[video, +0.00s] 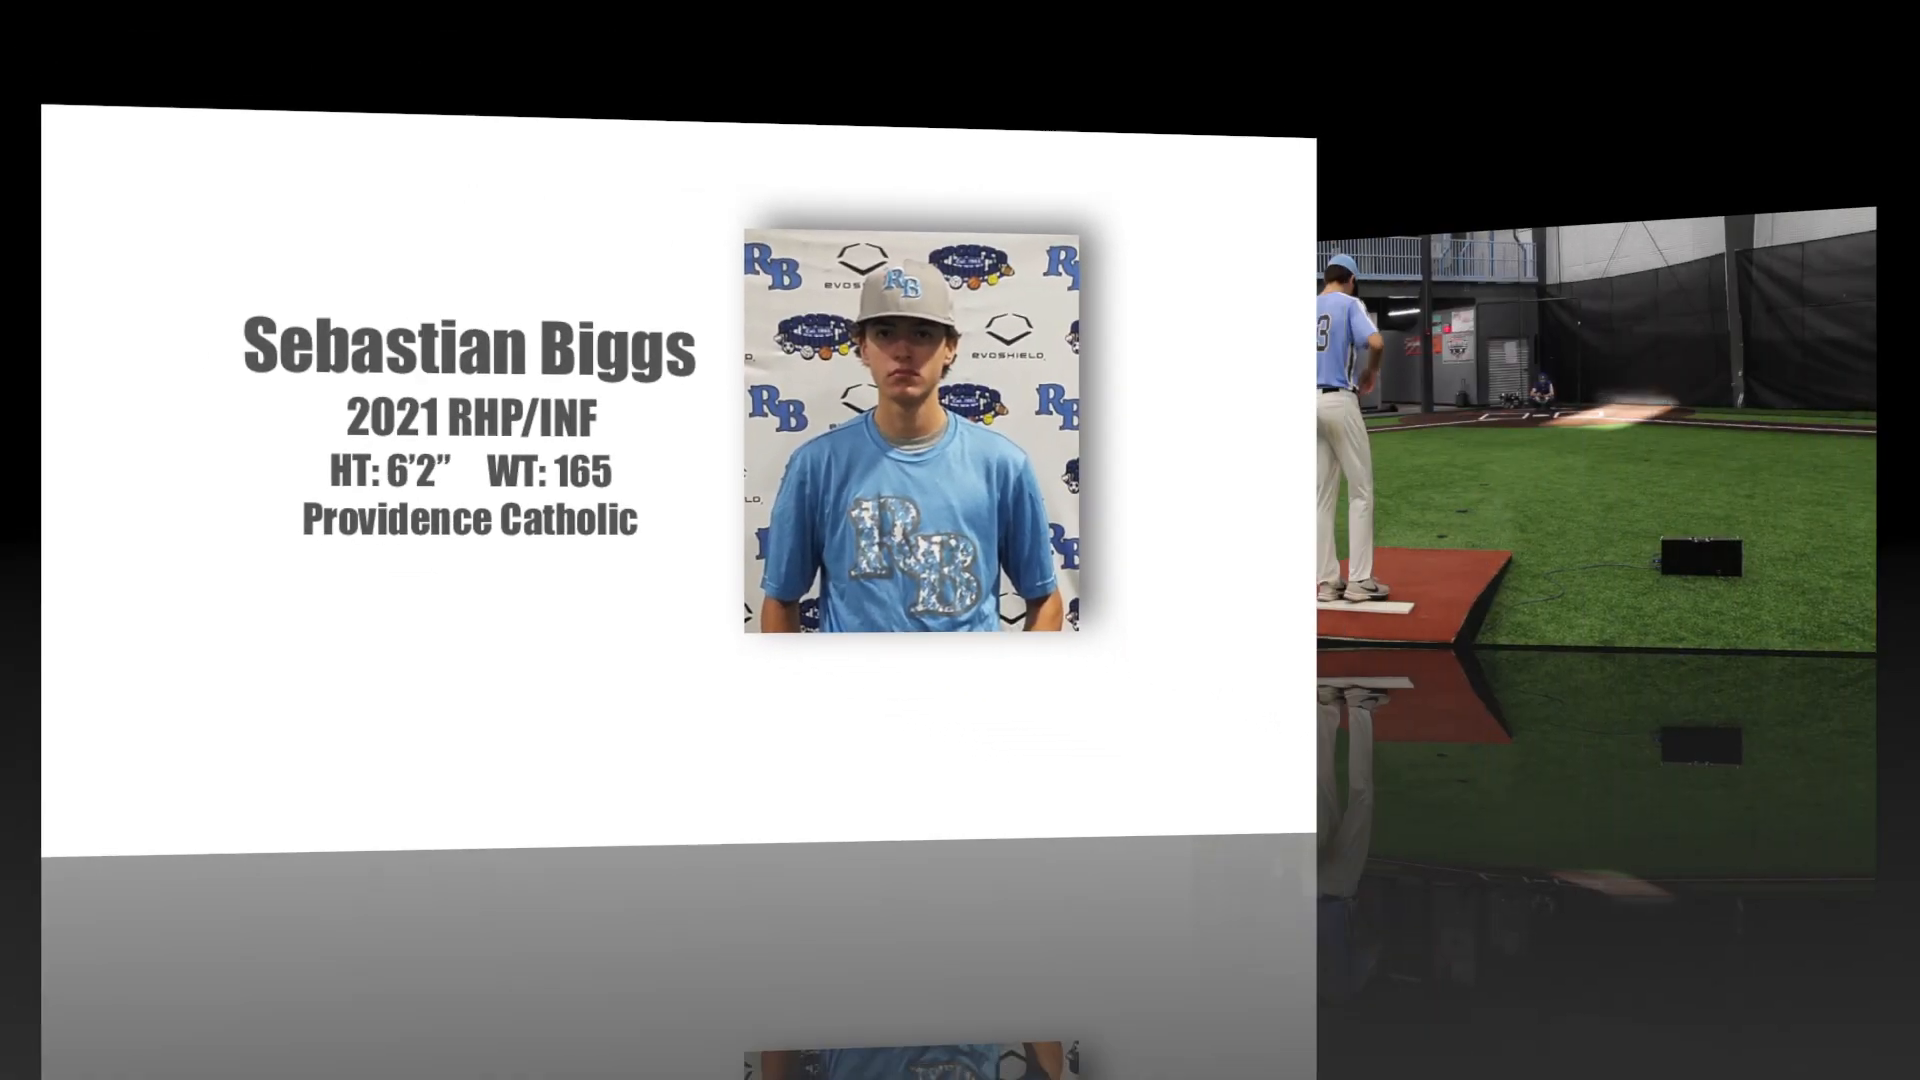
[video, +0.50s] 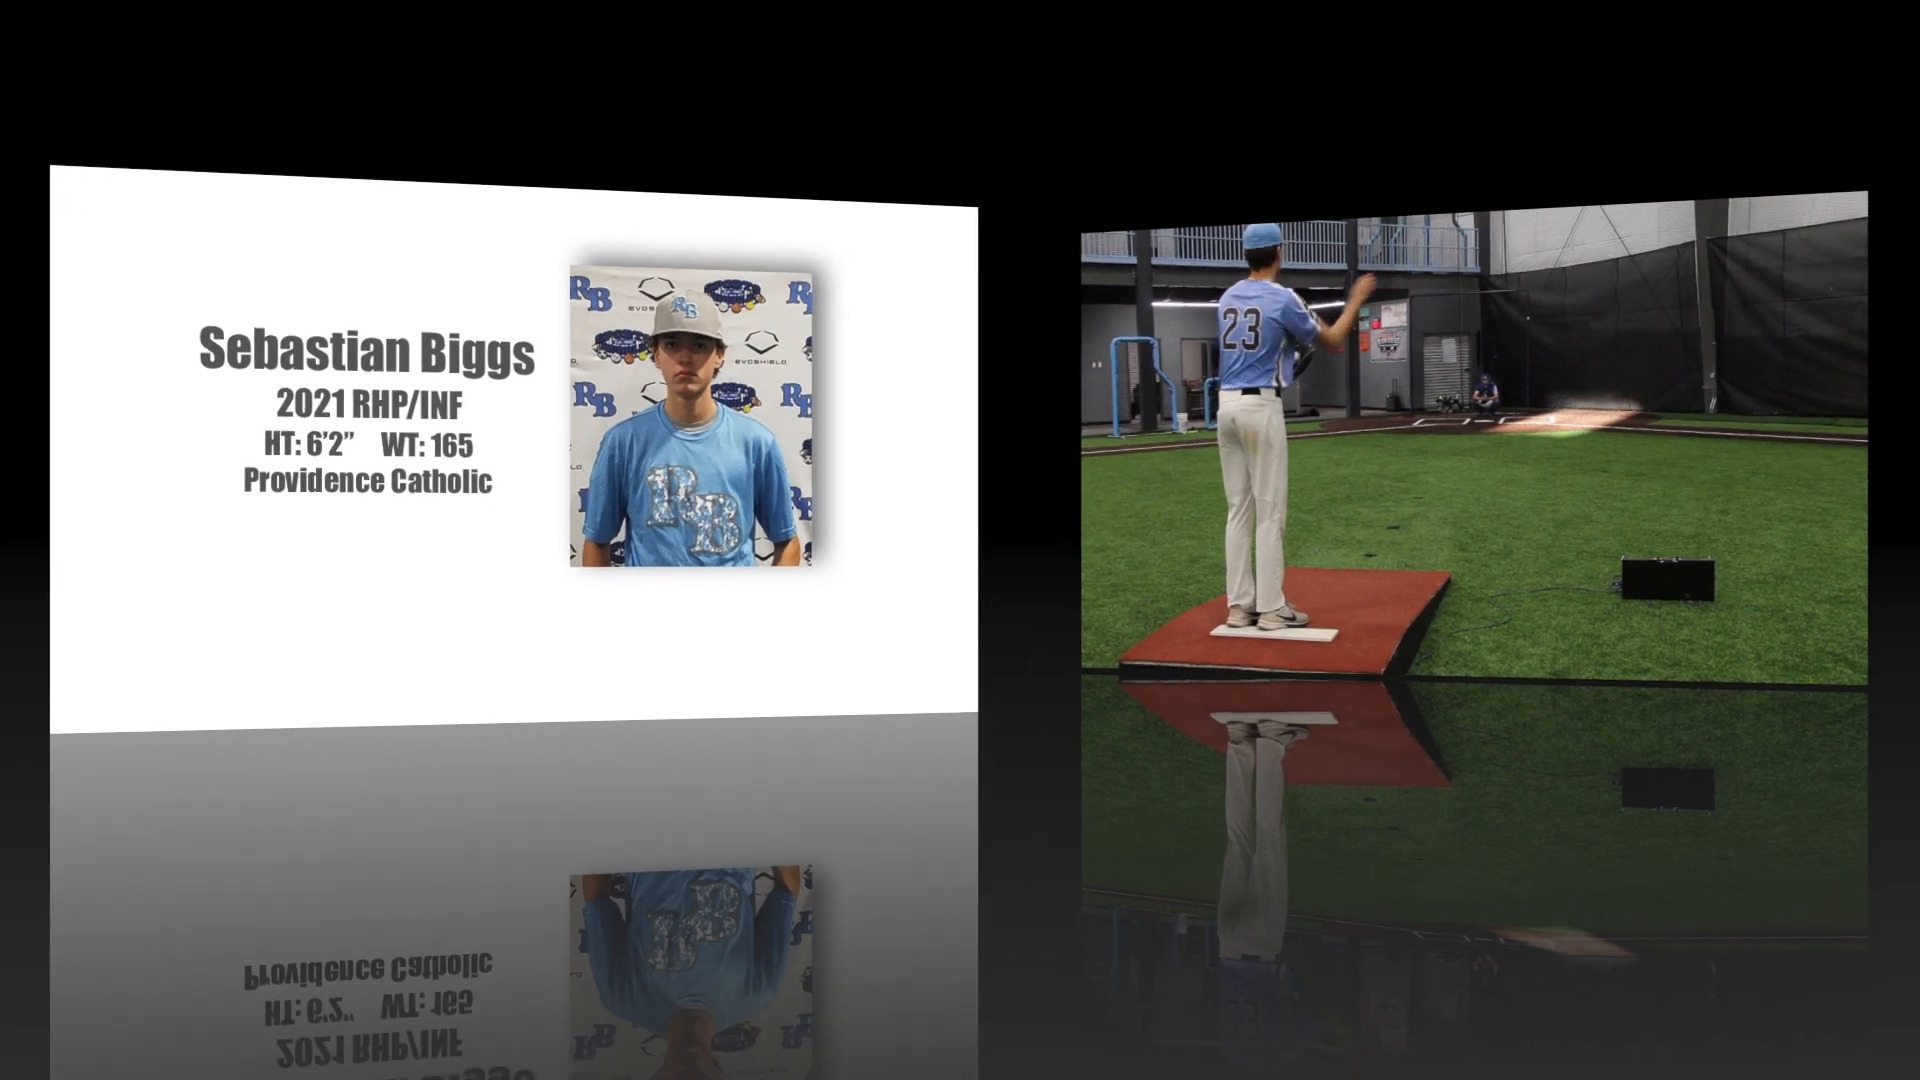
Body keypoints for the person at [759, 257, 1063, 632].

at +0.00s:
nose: (903, 350)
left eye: (922, 334)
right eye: (887, 334)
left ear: (949, 349)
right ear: (863, 347)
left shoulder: (1003, 465)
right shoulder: (815, 466)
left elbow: (1045, 601)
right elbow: (781, 601)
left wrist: (1021, 683)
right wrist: (786, 689)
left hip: (973, 681)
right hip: (852, 681)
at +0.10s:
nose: (854, 352)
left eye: (871, 337)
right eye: (838, 336)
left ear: (897, 350)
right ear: (816, 349)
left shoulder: (946, 459)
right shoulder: (771, 460)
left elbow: (986, 586)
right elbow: (739, 587)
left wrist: (963, 664)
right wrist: (744, 670)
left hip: (919, 661)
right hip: (806, 661)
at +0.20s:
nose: (807, 354)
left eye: (823, 340)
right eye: (792, 339)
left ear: (847, 352)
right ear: (772, 352)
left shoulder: (893, 454)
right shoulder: (730, 455)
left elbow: (930, 573)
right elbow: (700, 576)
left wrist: (910, 647)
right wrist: (708, 652)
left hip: (868, 643)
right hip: (762, 643)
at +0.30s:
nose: (763, 356)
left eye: (779, 342)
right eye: (749, 341)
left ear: (801, 354)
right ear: (730, 352)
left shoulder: (844, 450)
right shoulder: (691, 450)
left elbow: (879, 563)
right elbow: (663, 563)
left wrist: (858, 630)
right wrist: (666, 634)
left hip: (820, 628)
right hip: (722, 628)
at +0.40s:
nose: (722, 357)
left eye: (737, 344)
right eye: (709, 343)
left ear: (758, 355)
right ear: (692, 354)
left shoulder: (799, 446)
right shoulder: (655, 446)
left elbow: (831, 552)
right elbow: (629, 552)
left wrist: (813, 617)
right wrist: (632, 621)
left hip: (775, 614)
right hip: (683, 613)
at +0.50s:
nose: (685, 358)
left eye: (699, 346)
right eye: (673, 345)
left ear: (718, 357)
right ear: (656, 355)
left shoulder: (757, 442)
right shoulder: (622, 442)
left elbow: (788, 544)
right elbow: (597, 543)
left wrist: (769, 601)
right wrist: (601, 608)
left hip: (735, 598)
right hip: (649, 597)